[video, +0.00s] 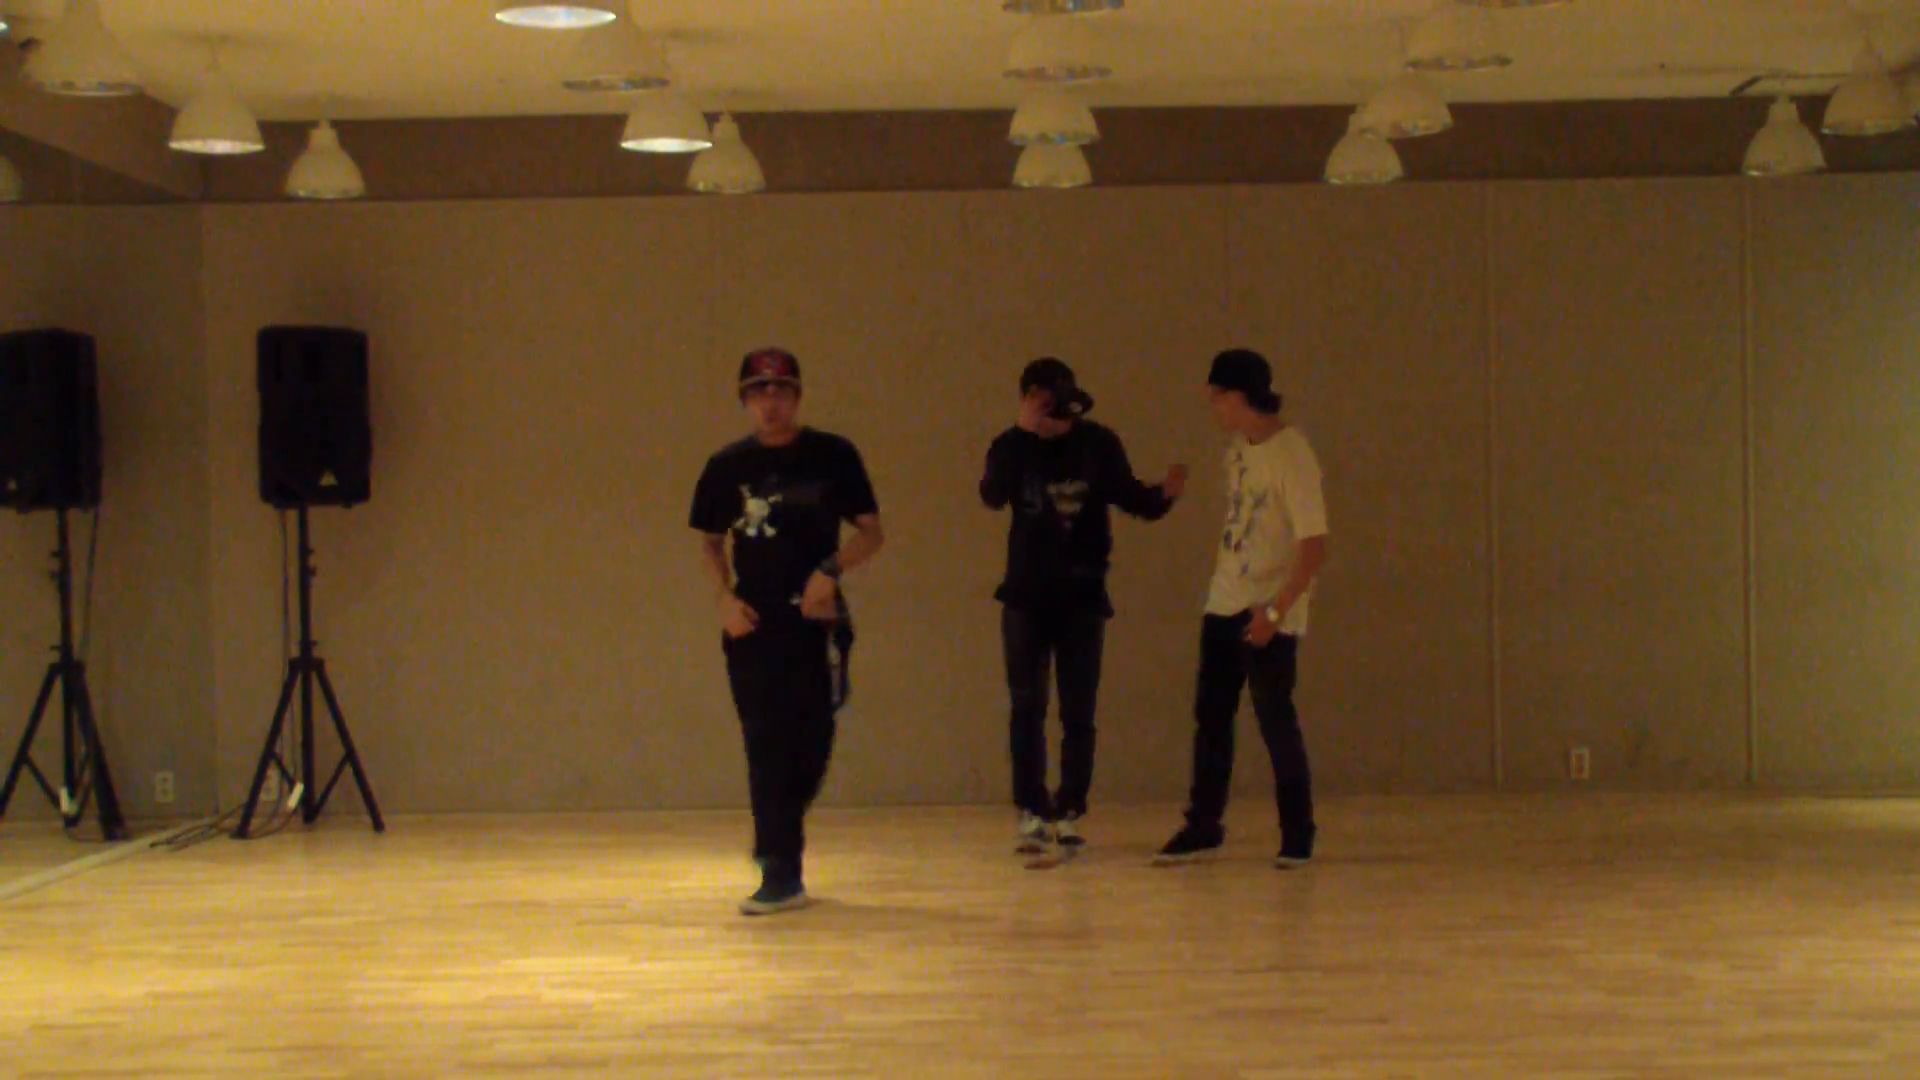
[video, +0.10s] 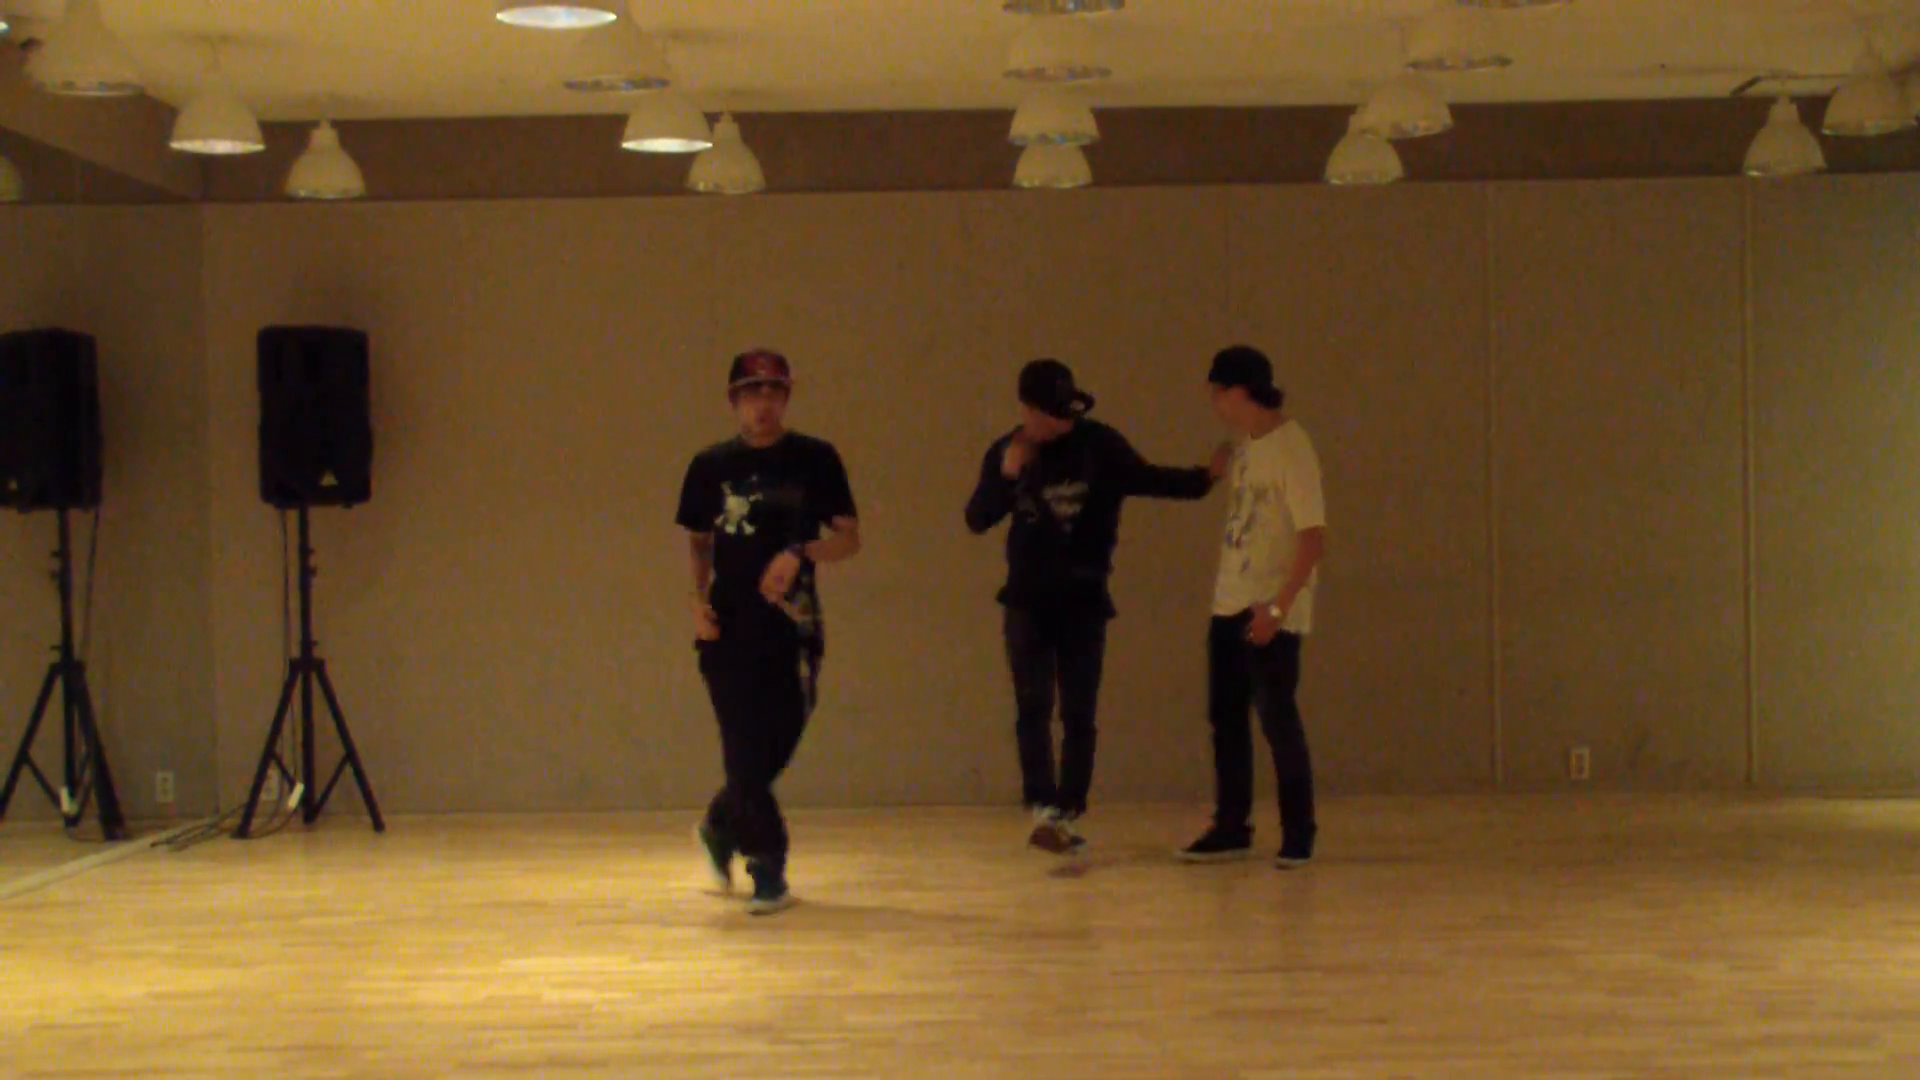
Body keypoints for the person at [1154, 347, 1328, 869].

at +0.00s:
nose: (1212, 409)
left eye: (1218, 399)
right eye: (1212, 399)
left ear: (1244, 398)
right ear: (1241, 400)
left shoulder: (1292, 453)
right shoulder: (1237, 452)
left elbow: (1313, 545)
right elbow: (1243, 527)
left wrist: (1276, 612)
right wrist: (1226, 591)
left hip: (1269, 617)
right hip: (1223, 611)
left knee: (1277, 723)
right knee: (1213, 717)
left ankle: (1297, 832)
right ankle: (1204, 822)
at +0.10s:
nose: (1216, 408)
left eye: (1220, 397)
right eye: (1214, 398)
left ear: (1245, 393)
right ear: (1242, 394)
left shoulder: (1292, 446)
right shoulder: (1245, 449)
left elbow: (1312, 540)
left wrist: (1277, 609)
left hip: (1272, 614)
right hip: (1229, 611)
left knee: (1278, 722)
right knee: (1228, 721)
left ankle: (1298, 832)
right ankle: (1230, 825)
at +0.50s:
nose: (1222, 415)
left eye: (1226, 403)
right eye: (1216, 406)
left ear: (1253, 394)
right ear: (1226, 402)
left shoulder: (1294, 433)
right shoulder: (1253, 447)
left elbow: (1302, 508)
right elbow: (1254, 525)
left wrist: (1272, 577)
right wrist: (1223, 580)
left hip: (1276, 601)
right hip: (1236, 601)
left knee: (1281, 710)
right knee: (1228, 705)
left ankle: (1301, 823)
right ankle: (1263, 796)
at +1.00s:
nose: (1217, 406)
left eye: (1226, 395)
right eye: (1208, 399)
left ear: (1245, 399)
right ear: (1199, 405)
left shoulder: (1289, 448)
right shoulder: (1196, 470)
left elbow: (1327, 511)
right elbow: (1195, 553)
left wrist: (1324, 577)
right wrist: (1200, 625)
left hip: (1296, 596)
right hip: (1238, 609)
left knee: (1302, 692)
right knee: (1248, 720)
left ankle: (1305, 783)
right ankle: (1264, 822)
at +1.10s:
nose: (1221, 409)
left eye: (1230, 398)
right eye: (1212, 401)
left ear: (1249, 400)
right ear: (1203, 407)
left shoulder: (1293, 448)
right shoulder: (1196, 470)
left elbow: (1329, 513)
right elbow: (1191, 552)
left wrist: (1322, 575)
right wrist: (1197, 625)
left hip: (1296, 595)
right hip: (1237, 608)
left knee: (1307, 693)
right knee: (1248, 718)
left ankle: (1315, 786)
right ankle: (1264, 820)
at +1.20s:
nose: (1230, 411)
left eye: (1239, 401)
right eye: (1221, 402)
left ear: (1256, 406)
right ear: (1208, 410)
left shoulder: (1294, 455)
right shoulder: (1197, 471)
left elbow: (1327, 518)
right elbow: (1188, 552)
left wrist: (1320, 582)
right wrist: (1192, 624)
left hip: (1293, 602)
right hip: (1232, 613)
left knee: (1309, 702)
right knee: (1242, 722)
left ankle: (1319, 804)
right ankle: (1264, 821)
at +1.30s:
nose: (1236, 411)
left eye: (1245, 401)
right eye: (1227, 402)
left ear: (1263, 406)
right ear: (1213, 409)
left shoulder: (1296, 456)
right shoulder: (1199, 468)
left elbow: (1326, 521)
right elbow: (1185, 539)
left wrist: (1316, 583)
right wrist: (1190, 607)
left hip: (1290, 603)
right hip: (1230, 611)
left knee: (1305, 710)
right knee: (1240, 722)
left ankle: (1309, 814)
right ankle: (1264, 820)